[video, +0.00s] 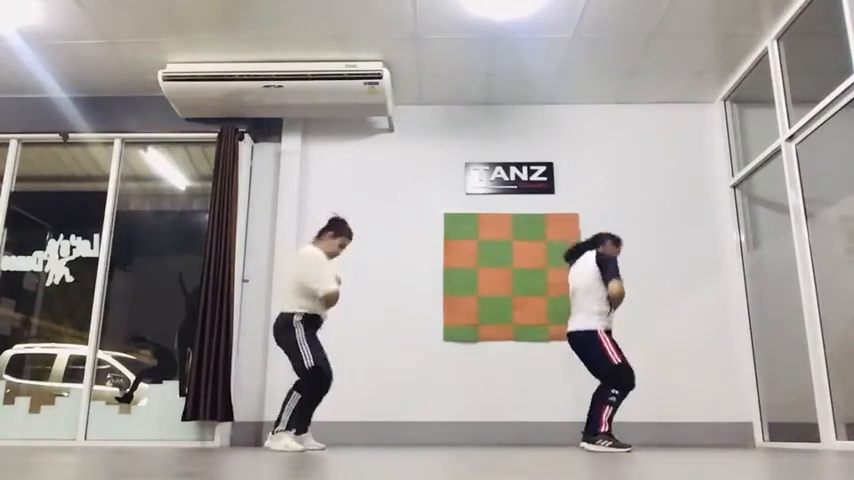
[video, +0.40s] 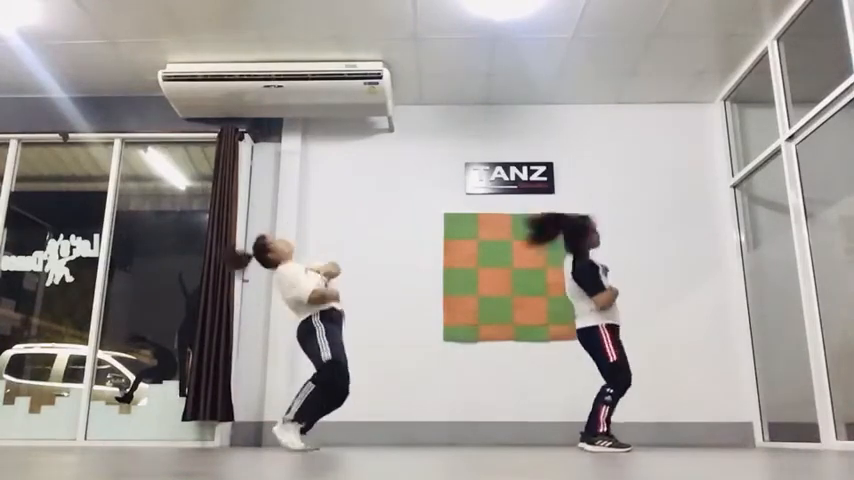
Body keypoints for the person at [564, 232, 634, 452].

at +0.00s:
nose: (617, 254)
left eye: (618, 250)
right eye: (616, 249)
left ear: (595, 244)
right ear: (605, 243)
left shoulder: (578, 263)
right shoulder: (604, 258)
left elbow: (579, 297)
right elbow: (616, 290)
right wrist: (611, 307)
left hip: (577, 330)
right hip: (593, 329)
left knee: (611, 379)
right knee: (623, 378)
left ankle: (592, 433)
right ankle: (599, 433)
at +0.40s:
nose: (598, 234)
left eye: (595, 230)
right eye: (593, 231)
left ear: (580, 238)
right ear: (583, 237)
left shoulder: (582, 263)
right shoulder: (583, 265)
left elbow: (598, 297)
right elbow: (601, 301)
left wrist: (605, 289)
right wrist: (613, 290)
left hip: (599, 325)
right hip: (596, 326)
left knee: (618, 379)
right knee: (619, 379)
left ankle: (595, 432)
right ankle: (597, 434)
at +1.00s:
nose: (612, 259)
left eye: (614, 255)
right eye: (612, 253)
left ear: (591, 248)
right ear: (602, 248)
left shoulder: (573, 267)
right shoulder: (595, 263)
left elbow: (577, 303)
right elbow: (608, 298)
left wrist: (602, 304)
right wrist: (613, 305)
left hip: (582, 338)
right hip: (598, 337)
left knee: (615, 383)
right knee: (633, 383)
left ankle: (592, 433)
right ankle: (601, 434)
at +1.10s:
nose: (613, 261)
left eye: (615, 257)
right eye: (614, 256)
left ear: (594, 246)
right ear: (607, 252)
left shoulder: (575, 265)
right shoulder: (592, 267)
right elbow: (602, 309)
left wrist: (604, 306)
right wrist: (613, 305)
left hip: (584, 338)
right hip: (597, 336)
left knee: (617, 383)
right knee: (632, 382)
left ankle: (593, 433)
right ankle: (600, 434)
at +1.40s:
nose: (611, 224)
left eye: (610, 220)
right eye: (608, 220)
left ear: (591, 223)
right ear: (597, 223)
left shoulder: (586, 248)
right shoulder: (591, 249)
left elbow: (593, 283)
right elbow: (593, 283)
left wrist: (611, 285)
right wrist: (614, 286)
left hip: (594, 317)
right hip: (593, 318)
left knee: (599, 376)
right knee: (603, 375)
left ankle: (591, 432)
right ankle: (594, 433)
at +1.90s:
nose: (643, 254)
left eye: (642, 249)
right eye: (639, 249)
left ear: (625, 249)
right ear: (626, 249)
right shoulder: (611, 262)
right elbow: (614, 284)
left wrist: (635, 340)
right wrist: (642, 314)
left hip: (583, 325)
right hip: (570, 321)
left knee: (614, 376)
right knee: (599, 371)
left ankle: (601, 432)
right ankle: (593, 434)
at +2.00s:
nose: (635, 256)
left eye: (637, 251)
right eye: (630, 250)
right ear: (614, 251)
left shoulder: (615, 287)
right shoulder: (597, 266)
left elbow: (618, 327)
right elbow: (599, 257)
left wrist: (655, 329)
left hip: (591, 334)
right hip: (568, 326)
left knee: (625, 370)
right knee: (591, 373)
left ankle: (607, 428)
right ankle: (577, 435)